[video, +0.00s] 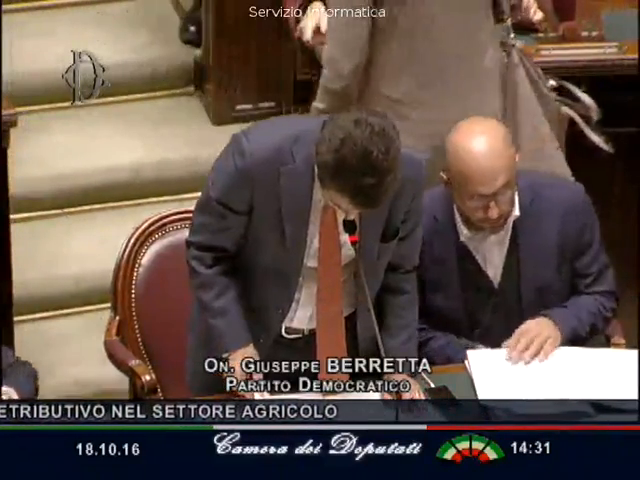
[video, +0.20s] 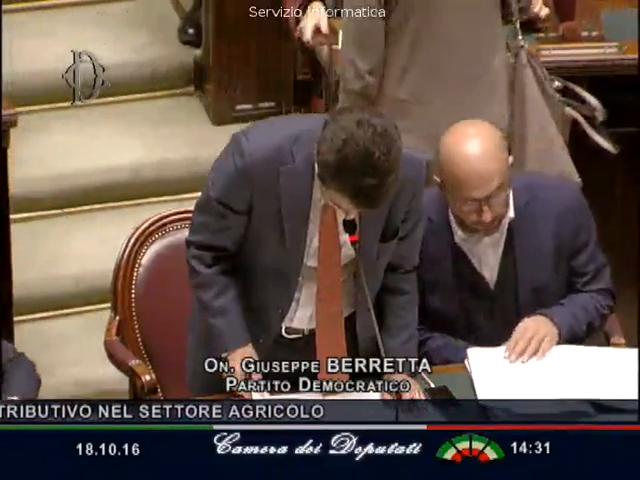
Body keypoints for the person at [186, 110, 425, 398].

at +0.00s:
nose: (349, 215)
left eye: (362, 208)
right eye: (340, 204)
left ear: (388, 178)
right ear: (321, 169)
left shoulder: (406, 176)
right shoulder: (252, 159)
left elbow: (401, 276)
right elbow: (207, 253)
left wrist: (401, 367)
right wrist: (236, 344)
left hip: (348, 337)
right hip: (263, 341)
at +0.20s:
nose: (349, 214)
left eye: (361, 207)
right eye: (339, 203)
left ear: (388, 177)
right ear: (320, 166)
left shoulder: (407, 176)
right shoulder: (252, 160)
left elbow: (402, 275)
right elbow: (207, 253)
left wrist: (400, 365)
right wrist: (235, 344)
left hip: (349, 336)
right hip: (264, 340)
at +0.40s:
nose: (350, 214)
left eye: (362, 207)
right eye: (340, 203)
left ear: (388, 177)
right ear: (321, 166)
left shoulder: (408, 174)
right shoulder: (252, 159)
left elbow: (402, 275)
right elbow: (206, 252)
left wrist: (401, 366)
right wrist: (235, 344)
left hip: (349, 337)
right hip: (264, 341)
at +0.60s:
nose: (350, 214)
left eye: (362, 207)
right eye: (340, 203)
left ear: (388, 176)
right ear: (320, 166)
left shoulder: (407, 174)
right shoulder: (252, 159)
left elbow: (401, 275)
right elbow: (206, 252)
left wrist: (400, 365)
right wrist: (234, 344)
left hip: (349, 336)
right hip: (264, 340)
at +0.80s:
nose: (351, 214)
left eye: (363, 206)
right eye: (341, 203)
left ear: (388, 175)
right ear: (321, 167)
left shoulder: (407, 174)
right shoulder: (252, 159)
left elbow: (401, 275)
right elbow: (205, 252)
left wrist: (400, 365)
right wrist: (233, 344)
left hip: (348, 336)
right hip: (263, 340)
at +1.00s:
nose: (354, 213)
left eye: (365, 206)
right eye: (344, 203)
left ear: (389, 174)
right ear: (323, 167)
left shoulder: (408, 176)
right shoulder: (253, 157)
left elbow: (401, 276)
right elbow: (204, 250)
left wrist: (401, 366)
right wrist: (232, 342)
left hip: (347, 333)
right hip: (261, 338)